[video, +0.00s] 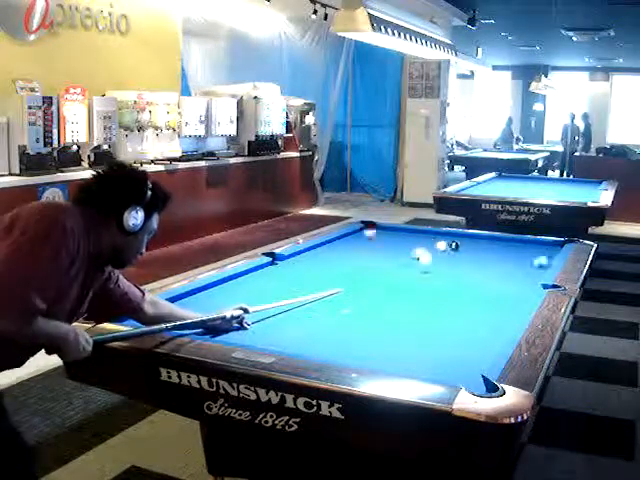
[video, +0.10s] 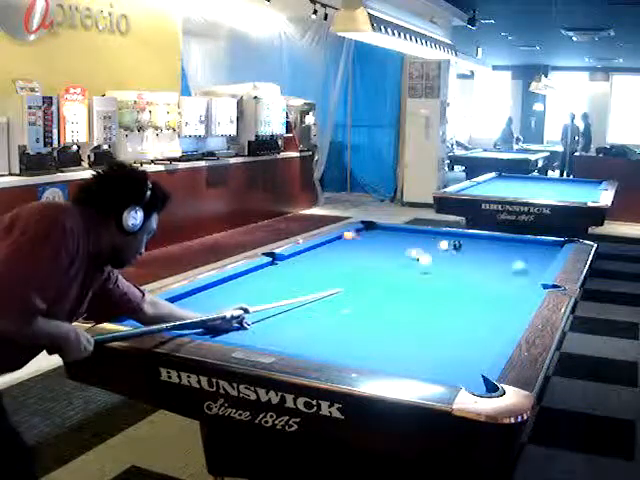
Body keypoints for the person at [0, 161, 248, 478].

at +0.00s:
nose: (145, 249)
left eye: (151, 238)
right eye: (148, 236)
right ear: (128, 220)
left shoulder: (88, 264)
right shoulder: (54, 224)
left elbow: (145, 306)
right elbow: (9, 315)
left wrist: (210, 322)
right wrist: (62, 336)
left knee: (20, 456)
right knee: (18, 457)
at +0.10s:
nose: (145, 249)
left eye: (150, 238)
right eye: (147, 236)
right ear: (128, 220)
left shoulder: (88, 264)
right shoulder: (54, 224)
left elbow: (145, 306)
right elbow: (9, 315)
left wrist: (209, 322)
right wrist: (64, 335)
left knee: (21, 457)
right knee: (18, 457)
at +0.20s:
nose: (144, 248)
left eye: (149, 237)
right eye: (146, 235)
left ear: (126, 220)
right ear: (127, 219)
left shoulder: (86, 262)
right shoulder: (53, 224)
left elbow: (145, 307)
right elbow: (9, 316)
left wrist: (209, 322)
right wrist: (64, 334)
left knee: (21, 458)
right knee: (18, 458)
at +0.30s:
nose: (143, 244)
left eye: (148, 234)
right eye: (145, 231)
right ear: (125, 216)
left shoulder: (86, 263)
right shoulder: (50, 224)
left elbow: (145, 305)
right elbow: (9, 315)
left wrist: (208, 322)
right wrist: (63, 333)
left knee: (18, 456)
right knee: (16, 456)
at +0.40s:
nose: (142, 242)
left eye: (147, 232)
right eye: (144, 229)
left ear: (124, 214)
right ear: (124, 214)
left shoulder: (86, 263)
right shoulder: (49, 221)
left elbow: (145, 304)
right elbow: (9, 311)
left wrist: (208, 322)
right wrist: (60, 332)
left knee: (19, 457)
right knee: (17, 457)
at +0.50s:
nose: (141, 236)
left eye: (146, 226)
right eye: (143, 223)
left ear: (121, 209)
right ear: (122, 207)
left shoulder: (87, 255)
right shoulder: (45, 218)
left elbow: (141, 302)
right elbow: (8, 315)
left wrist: (208, 321)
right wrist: (55, 336)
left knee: (18, 457)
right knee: (16, 457)